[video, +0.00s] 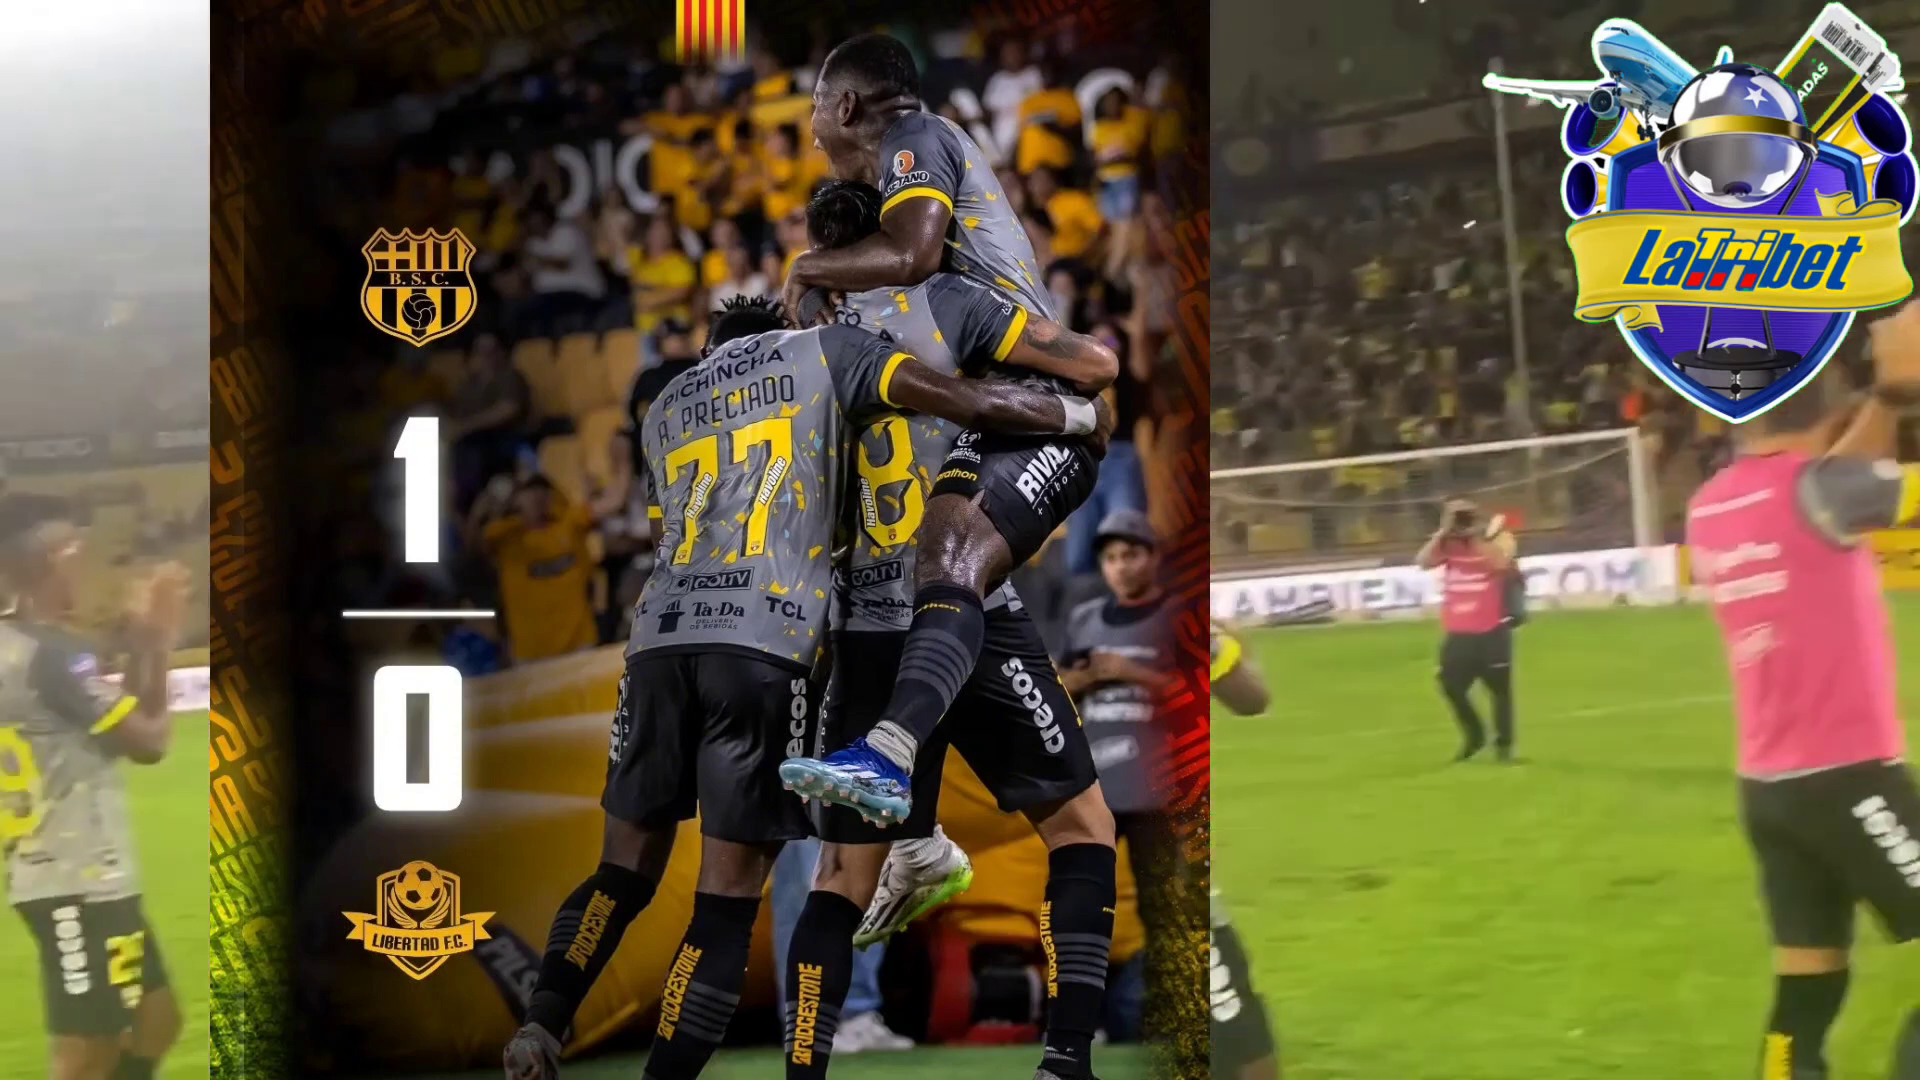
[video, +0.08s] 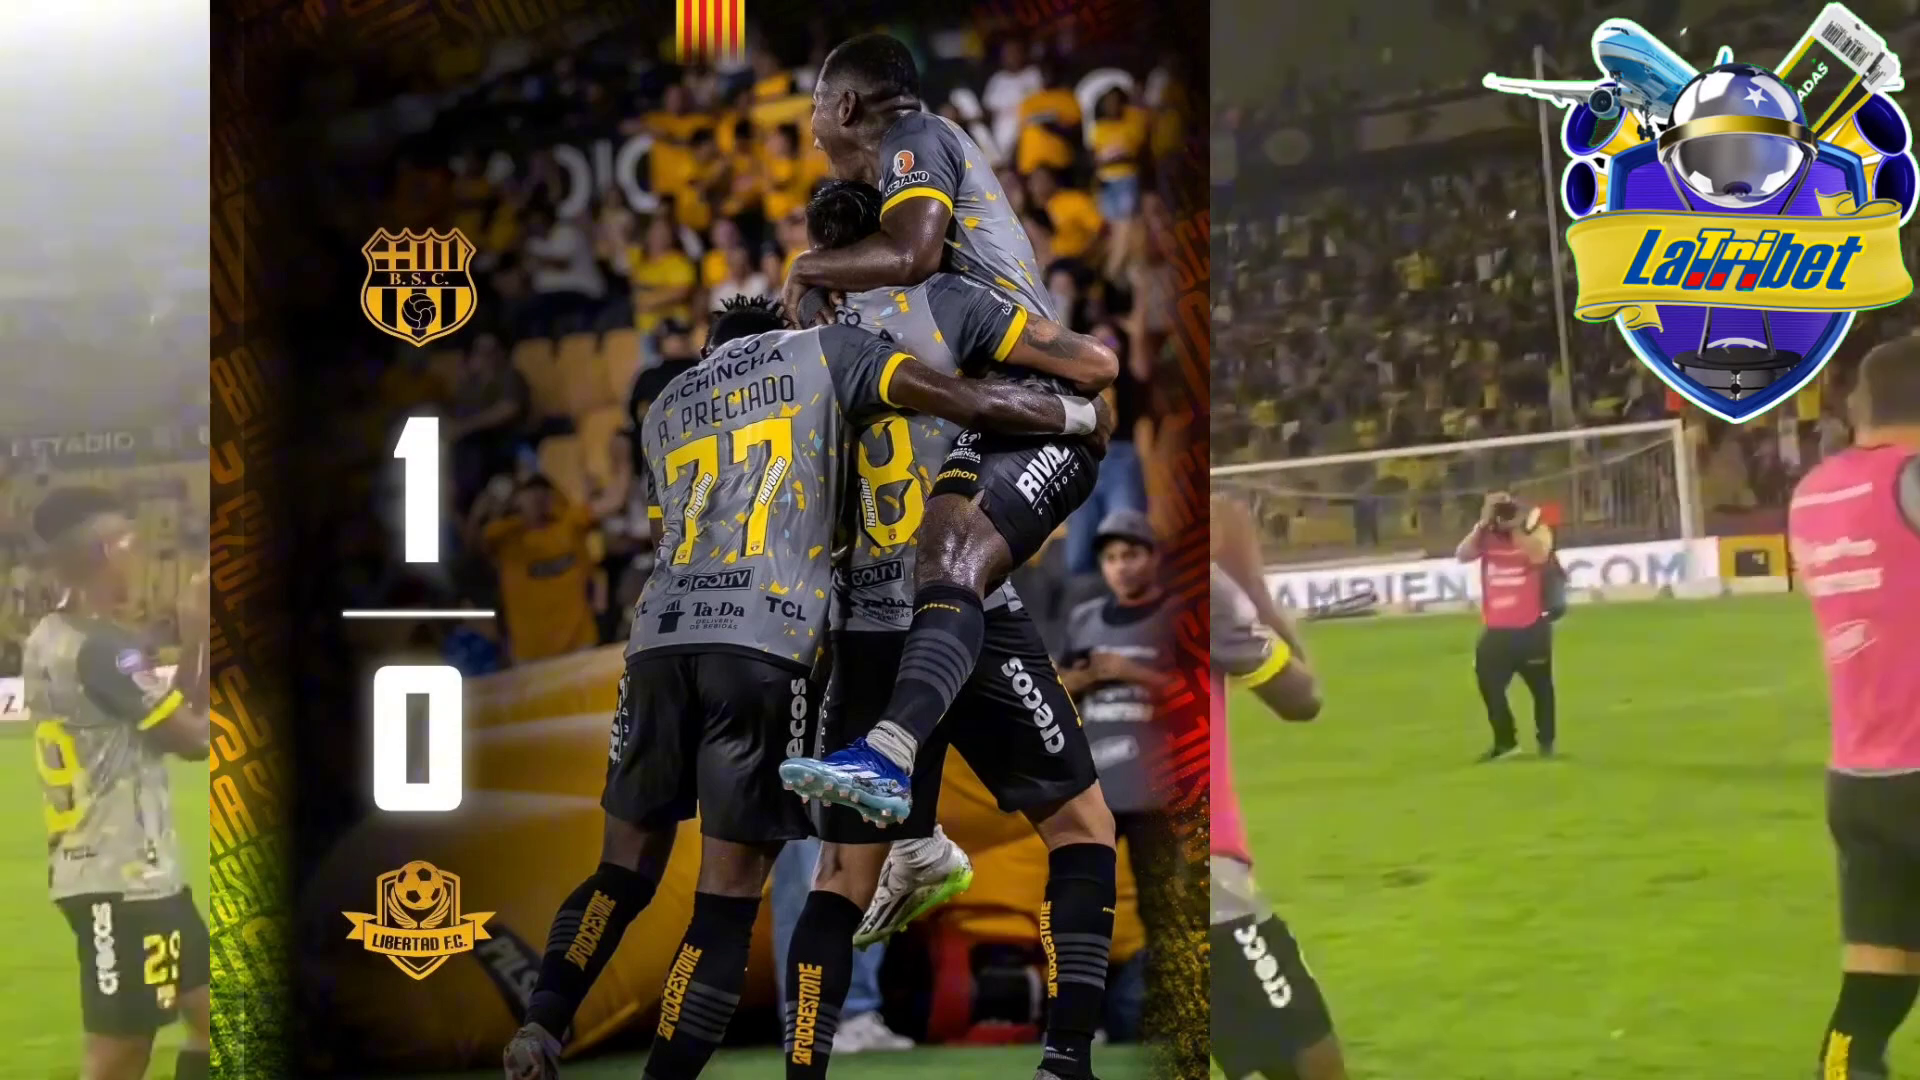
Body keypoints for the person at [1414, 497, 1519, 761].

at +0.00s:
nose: (1464, 526)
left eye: (1469, 519)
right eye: (1458, 522)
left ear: (1478, 518)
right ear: (1450, 525)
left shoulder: (1497, 541)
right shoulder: (1451, 547)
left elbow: (1501, 564)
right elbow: (1423, 562)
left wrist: (1478, 538)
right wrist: (1443, 531)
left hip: (1491, 630)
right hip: (1459, 632)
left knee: (1500, 689)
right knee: (1450, 683)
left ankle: (1503, 742)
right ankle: (1474, 734)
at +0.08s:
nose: (1504, 517)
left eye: (1509, 511)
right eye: (1498, 513)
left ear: (1520, 510)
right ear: (1491, 516)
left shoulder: (1537, 532)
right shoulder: (1487, 537)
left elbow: (1538, 556)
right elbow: (1462, 555)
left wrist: (1517, 529)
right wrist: (1482, 523)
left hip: (1531, 626)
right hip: (1497, 627)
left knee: (1541, 686)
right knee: (1488, 681)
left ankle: (1546, 740)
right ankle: (1504, 740)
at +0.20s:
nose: (1535, 511)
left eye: (1540, 505)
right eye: (1529, 506)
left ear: (1551, 507)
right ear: (1522, 510)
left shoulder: (1564, 534)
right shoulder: (1520, 537)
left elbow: (1569, 553)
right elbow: (1490, 548)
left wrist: (1546, 525)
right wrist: (1510, 516)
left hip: (1559, 624)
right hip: (1527, 624)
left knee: (1575, 687)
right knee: (1521, 688)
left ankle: (1581, 739)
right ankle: (1518, 742)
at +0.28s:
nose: (1571, 510)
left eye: (1576, 504)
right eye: (1565, 505)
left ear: (1586, 506)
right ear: (1558, 508)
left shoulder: (1600, 529)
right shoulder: (1552, 533)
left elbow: (1607, 552)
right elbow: (1526, 547)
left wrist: (1584, 523)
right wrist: (1546, 515)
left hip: (1596, 625)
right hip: (1562, 626)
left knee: (1614, 687)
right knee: (1558, 689)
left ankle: (1621, 739)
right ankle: (1556, 743)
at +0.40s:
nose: (1591, 504)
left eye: (1597, 499)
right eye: (1585, 499)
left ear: (1606, 501)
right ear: (1577, 503)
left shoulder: (1619, 525)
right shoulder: (1569, 528)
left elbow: (1624, 551)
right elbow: (1543, 547)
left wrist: (1603, 521)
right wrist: (1564, 515)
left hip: (1614, 624)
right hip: (1577, 626)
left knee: (1632, 685)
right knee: (1575, 690)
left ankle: (1645, 735)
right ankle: (1580, 743)